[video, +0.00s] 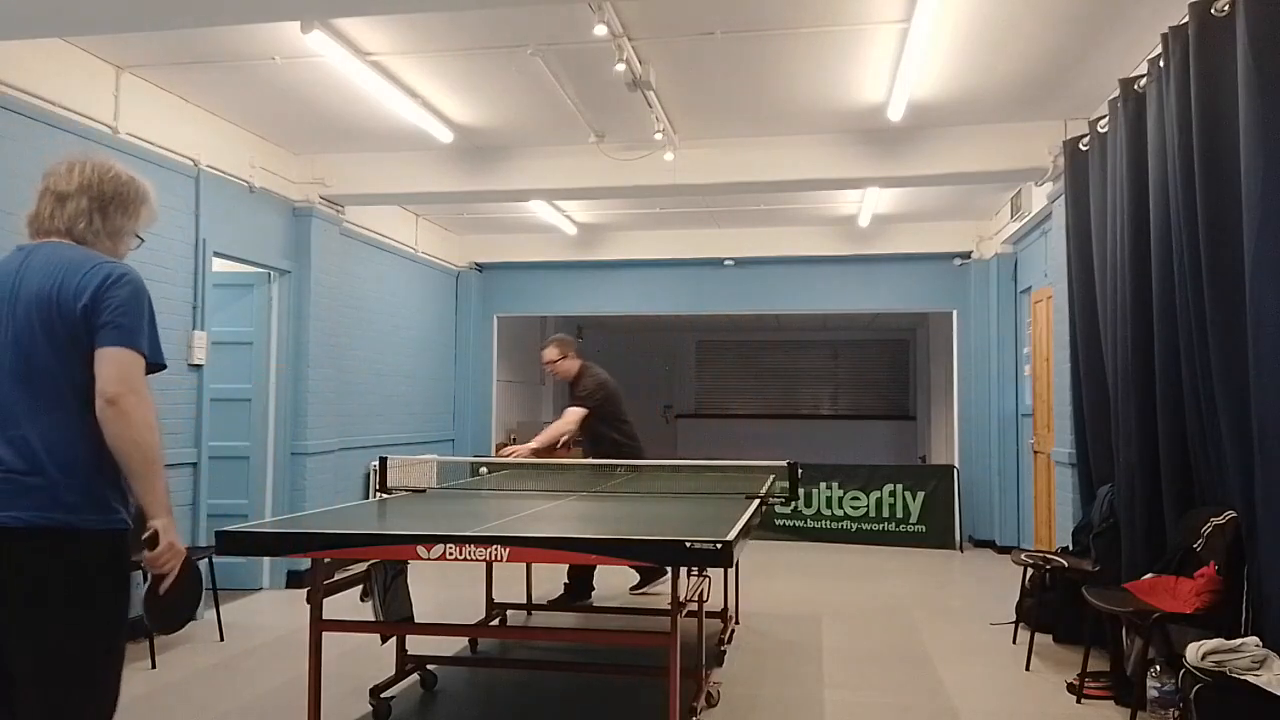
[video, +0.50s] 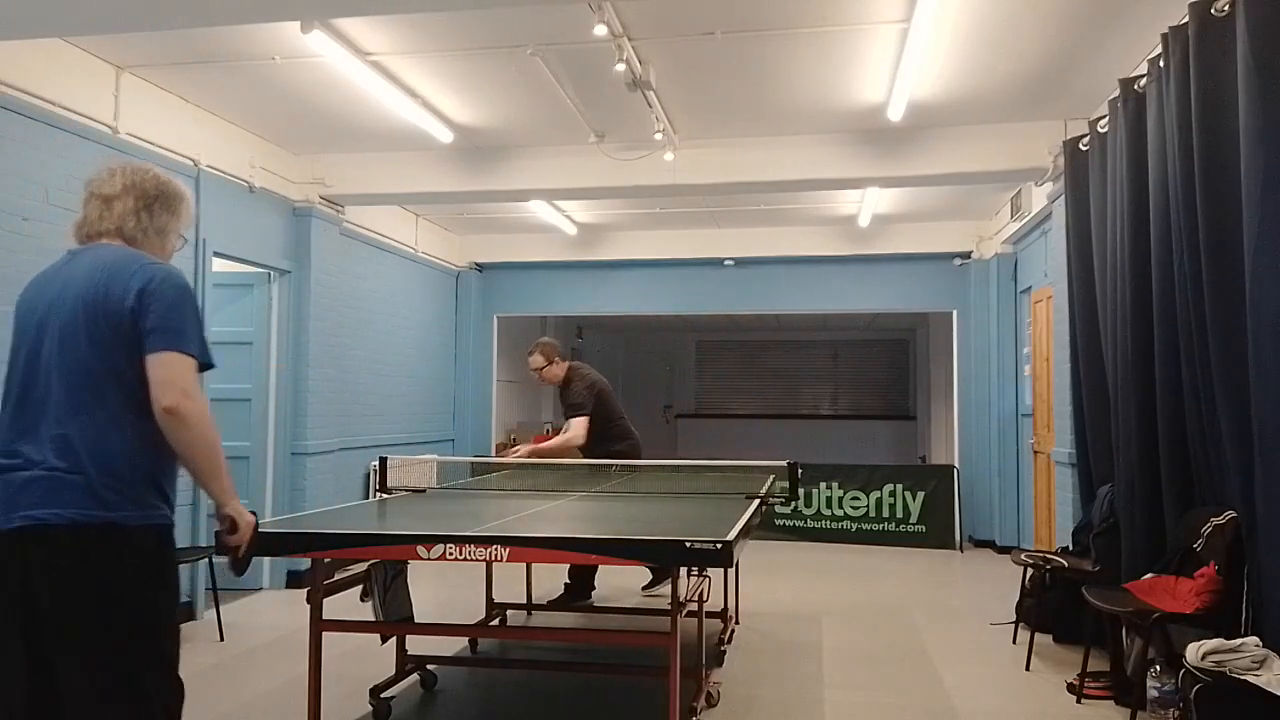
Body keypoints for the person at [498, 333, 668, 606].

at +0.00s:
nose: (548, 370)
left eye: (551, 363)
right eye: (546, 365)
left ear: (569, 357)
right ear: (566, 360)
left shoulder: (592, 381)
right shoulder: (580, 379)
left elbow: (567, 423)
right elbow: (584, 416)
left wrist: (531, 446)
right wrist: (570, 433)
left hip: (622, 466)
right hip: (604, 464)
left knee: (587, 524)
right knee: (602, 524)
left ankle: (579, 589)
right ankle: (648, 566)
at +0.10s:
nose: (535, 380)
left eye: (537, 373)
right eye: (532, 375)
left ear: (555, 365)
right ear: (554, 367)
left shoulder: (579, 386)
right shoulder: (570, 382)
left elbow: (548, 427)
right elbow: (577, 416)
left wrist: (510, 451)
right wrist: (563, 436)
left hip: (620, 463)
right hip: (602, 462)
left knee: (587, 524)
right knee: (605, 522)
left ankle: (579, 590)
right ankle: (650, 565)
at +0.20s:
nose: (526, 387)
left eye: (528, 380)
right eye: (524, 382)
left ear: (546, 372)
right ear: (547, 372)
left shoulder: (569, 390)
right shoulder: (566, 380)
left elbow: (537, 433)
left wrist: (499, 458)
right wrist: (561, 432)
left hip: (617, 461)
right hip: (607, 460)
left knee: (587, 524)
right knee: (612, 520)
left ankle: (578, 590)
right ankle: (655, 562)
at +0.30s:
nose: (524, 388)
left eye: (526, 382)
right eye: (521, 384)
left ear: (544, 373)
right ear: (543, 372)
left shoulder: (567, 392)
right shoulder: (563, 380)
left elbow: (537, 437)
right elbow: (580, 418)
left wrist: (499, 460)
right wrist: (560, 438)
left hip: (616, 461)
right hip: (604, 459)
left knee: (585, 523)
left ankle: (578, 590)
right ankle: (660, 559)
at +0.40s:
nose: (527, 383)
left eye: (529, 377)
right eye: (525, 379)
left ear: (547, 369)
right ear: (547, 370)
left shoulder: (569, 385)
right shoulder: (565, 380)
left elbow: (554, 440)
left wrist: (509, 457)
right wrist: (551, 437)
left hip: (615, 458)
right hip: (603, 458)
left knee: (589, 523)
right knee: (598, 523)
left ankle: (579, 589)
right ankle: (660, 559)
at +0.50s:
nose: (538, 376)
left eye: (539, 370)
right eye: (535, 371)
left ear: (556, 362)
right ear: (555, 363)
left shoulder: (580, 382)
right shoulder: (571, 380)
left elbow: (577, 437)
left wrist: (532, 449)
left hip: (618, 458)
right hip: (603, 457)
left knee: (590, 521)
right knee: (602, 521)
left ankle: (579, 589)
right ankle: (661, 560)